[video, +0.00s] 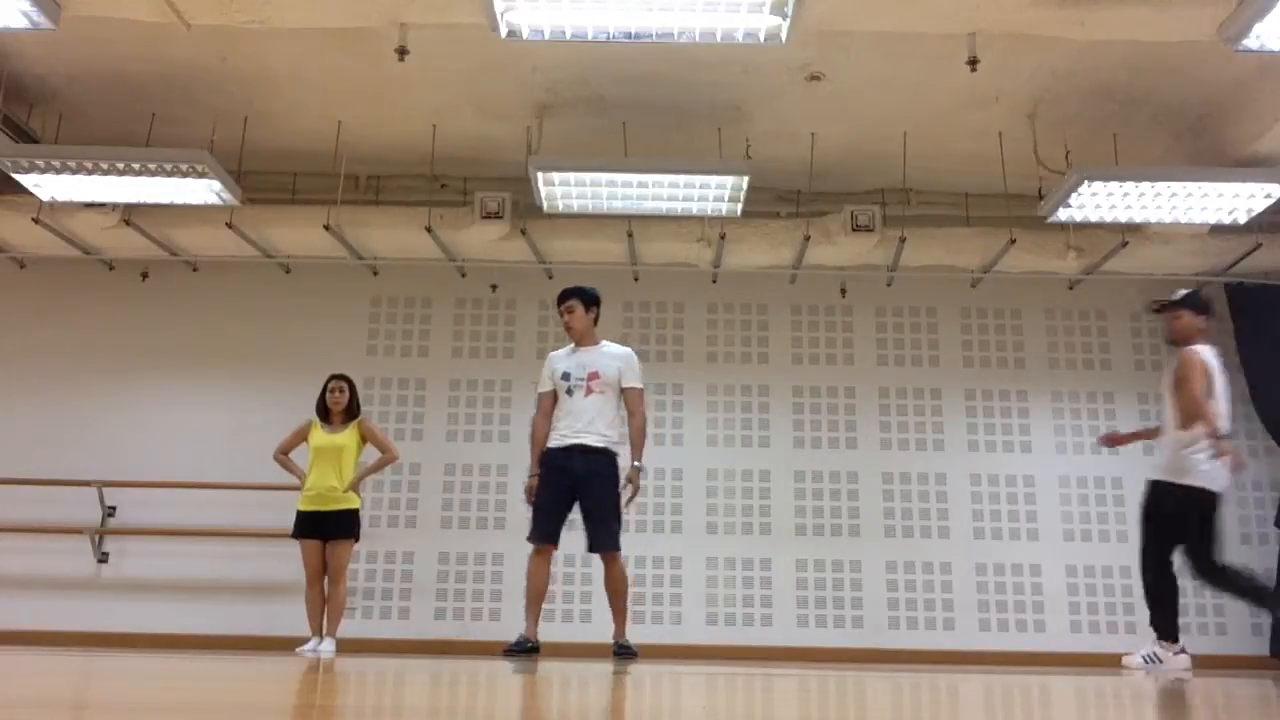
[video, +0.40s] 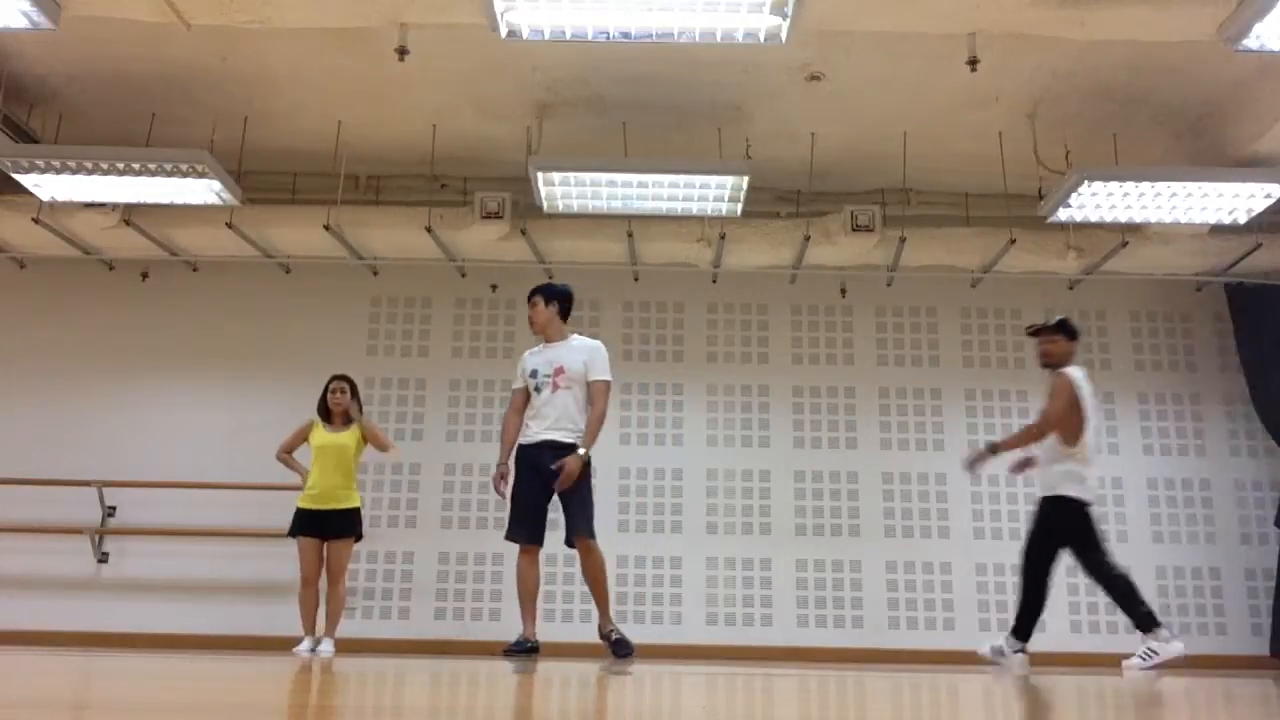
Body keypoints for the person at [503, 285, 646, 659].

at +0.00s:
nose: (566, 318)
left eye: (571, 311)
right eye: (563, 314)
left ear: (592, 313)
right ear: (563, 319)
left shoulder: (623, 357)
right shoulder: (555, 360)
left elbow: (636, 413)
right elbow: (543, 416)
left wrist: (635, 464)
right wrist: (534, 470)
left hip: (601, 460)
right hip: (558, 459)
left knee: (609, 552)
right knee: (542, 546)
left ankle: (620, 636)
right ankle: (529, 634)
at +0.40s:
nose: (529, 315)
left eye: (534, 307)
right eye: (529, 308)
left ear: (555, 308)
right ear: (542, 312)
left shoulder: (591, 349)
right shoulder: (529, 358)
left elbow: (599, 407)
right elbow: (515, 411)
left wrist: (581, 453)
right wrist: (503, 459)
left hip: (571, 454)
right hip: (529, 455)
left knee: (584, 540)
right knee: (528, 545)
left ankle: (607, 625)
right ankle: (528, 634)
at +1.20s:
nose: (566, 306)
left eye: (573, 300)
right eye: (559, 301)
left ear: (587, 309)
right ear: (552, 311)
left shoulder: (608, 352)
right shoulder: (540, 356)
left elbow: (617, 410)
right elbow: (525, 413)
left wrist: (608, 460)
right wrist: (514, 466)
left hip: (589, 457)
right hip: (544, 457)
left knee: (600, 549)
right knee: (535, 546)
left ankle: (611, 634)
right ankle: (529, 634)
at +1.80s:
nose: (603, 308)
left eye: (610, 303)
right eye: (597, 303)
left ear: (621, 312)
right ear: (587, 311)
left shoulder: (638, 357)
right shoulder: (568, 355)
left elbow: (651, 413)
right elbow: (559, 409)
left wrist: (651, 465)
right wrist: (561, 458)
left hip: (618, 458)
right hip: (575, 455)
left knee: (617, 549)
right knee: (553, 539)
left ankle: (614, 635)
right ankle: (543, 628)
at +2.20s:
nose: (581, 306)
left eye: (588, 301)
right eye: (575, 301)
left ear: (599, 310)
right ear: (565, 310)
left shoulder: (616, 355)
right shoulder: (547, 354)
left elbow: (627, 409)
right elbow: (535, 409)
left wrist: (623, 457)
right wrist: (533, 462)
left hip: (600, 456)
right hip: (556, 455)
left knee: (610, 542)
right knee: (544, 547)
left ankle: (612, 631)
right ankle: (538, 635)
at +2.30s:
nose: (577, 305)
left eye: (584, 300)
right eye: (570, 300)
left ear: (595, 309)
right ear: (560, 310)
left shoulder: (612, 353)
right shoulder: (543, 354)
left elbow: (622, 407)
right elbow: (530, 412)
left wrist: (617, 452)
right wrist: (528, 466)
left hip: (599, 455)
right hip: (554, 456)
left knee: (612, 533)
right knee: (544, 546)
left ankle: (613, 624)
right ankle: (539, 634)